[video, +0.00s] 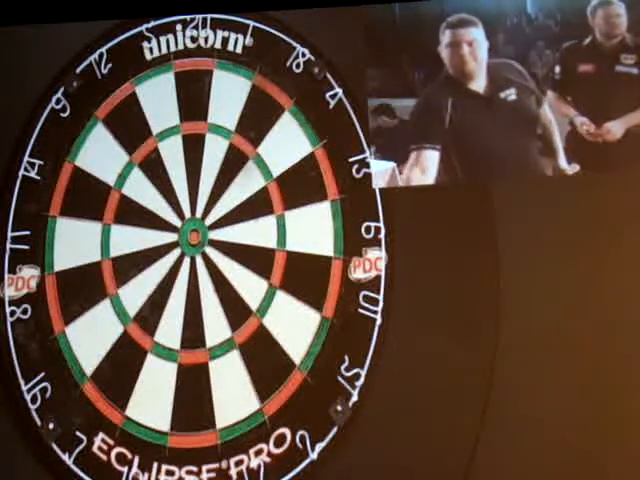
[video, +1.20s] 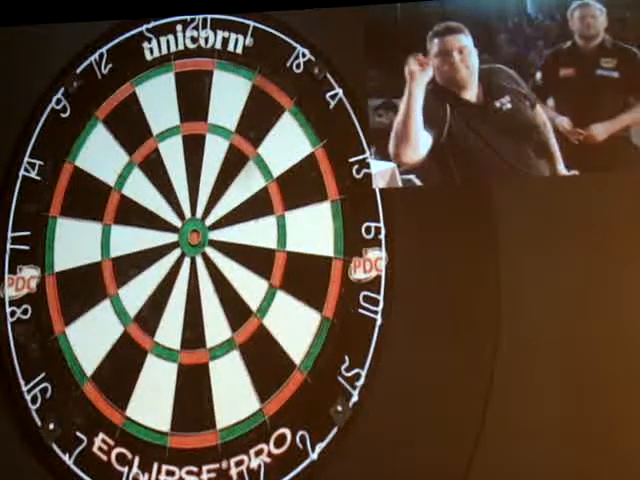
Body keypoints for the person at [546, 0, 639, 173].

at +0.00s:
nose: (613, 22)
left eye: (618, 16)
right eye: (607, 17)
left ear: (627, 19)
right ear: (592, 21)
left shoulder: (636, 52)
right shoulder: (571, 53)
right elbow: (553, 96)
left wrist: (622, 124)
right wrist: (576, 118)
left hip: (627, 163)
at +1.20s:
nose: (588, 22)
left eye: (593, 17)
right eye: (581, 17)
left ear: (605, 21)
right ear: (570, 23)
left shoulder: (628, 57)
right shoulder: (555, 59)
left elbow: (637, 107)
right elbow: (534, 99)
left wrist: (607, 128)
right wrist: (556, 120)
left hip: (615, 154)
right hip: (567, 155)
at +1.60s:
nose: (568, 23)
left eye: (574, 18)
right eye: (562, 19)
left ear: (585, 23)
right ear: (551, 24)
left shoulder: (605, 60)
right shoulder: (532, 59)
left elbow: (626, 105)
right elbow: (519, 103)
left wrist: (582, 126)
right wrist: (544, 126)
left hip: (594, 156)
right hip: (545, 154)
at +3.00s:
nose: (577, 24)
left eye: (585, 20)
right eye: (574, 19)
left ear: (607, 24)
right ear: (569, 23)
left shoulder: (630, 61)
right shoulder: (556, 60)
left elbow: (637, 111)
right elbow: (536, 99)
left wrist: (607, 123)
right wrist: (547, 114)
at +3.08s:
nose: (575, 24)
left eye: (584, 19)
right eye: (574, 19)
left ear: (607, 24)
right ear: (570, 22)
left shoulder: (631, 60)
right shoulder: (558, 60)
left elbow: (637, 112)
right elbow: (542, 101)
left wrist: (611, 126)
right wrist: (554, 117)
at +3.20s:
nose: (571, 24)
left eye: (580, 19)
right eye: (572, 19)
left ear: (606, 24)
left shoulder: (631, 61)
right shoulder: (564, 59)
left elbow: (638, 121)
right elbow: (530, 95)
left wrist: (623, 144)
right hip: (571, 163)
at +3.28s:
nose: (570, 25)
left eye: (579, 19)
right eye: (571, 19)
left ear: (606, 24)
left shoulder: (632, 61)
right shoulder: (563, 59)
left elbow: (636, 114)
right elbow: (528, 94)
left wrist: (630, 148)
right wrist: (541, 74)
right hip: (571, 163)